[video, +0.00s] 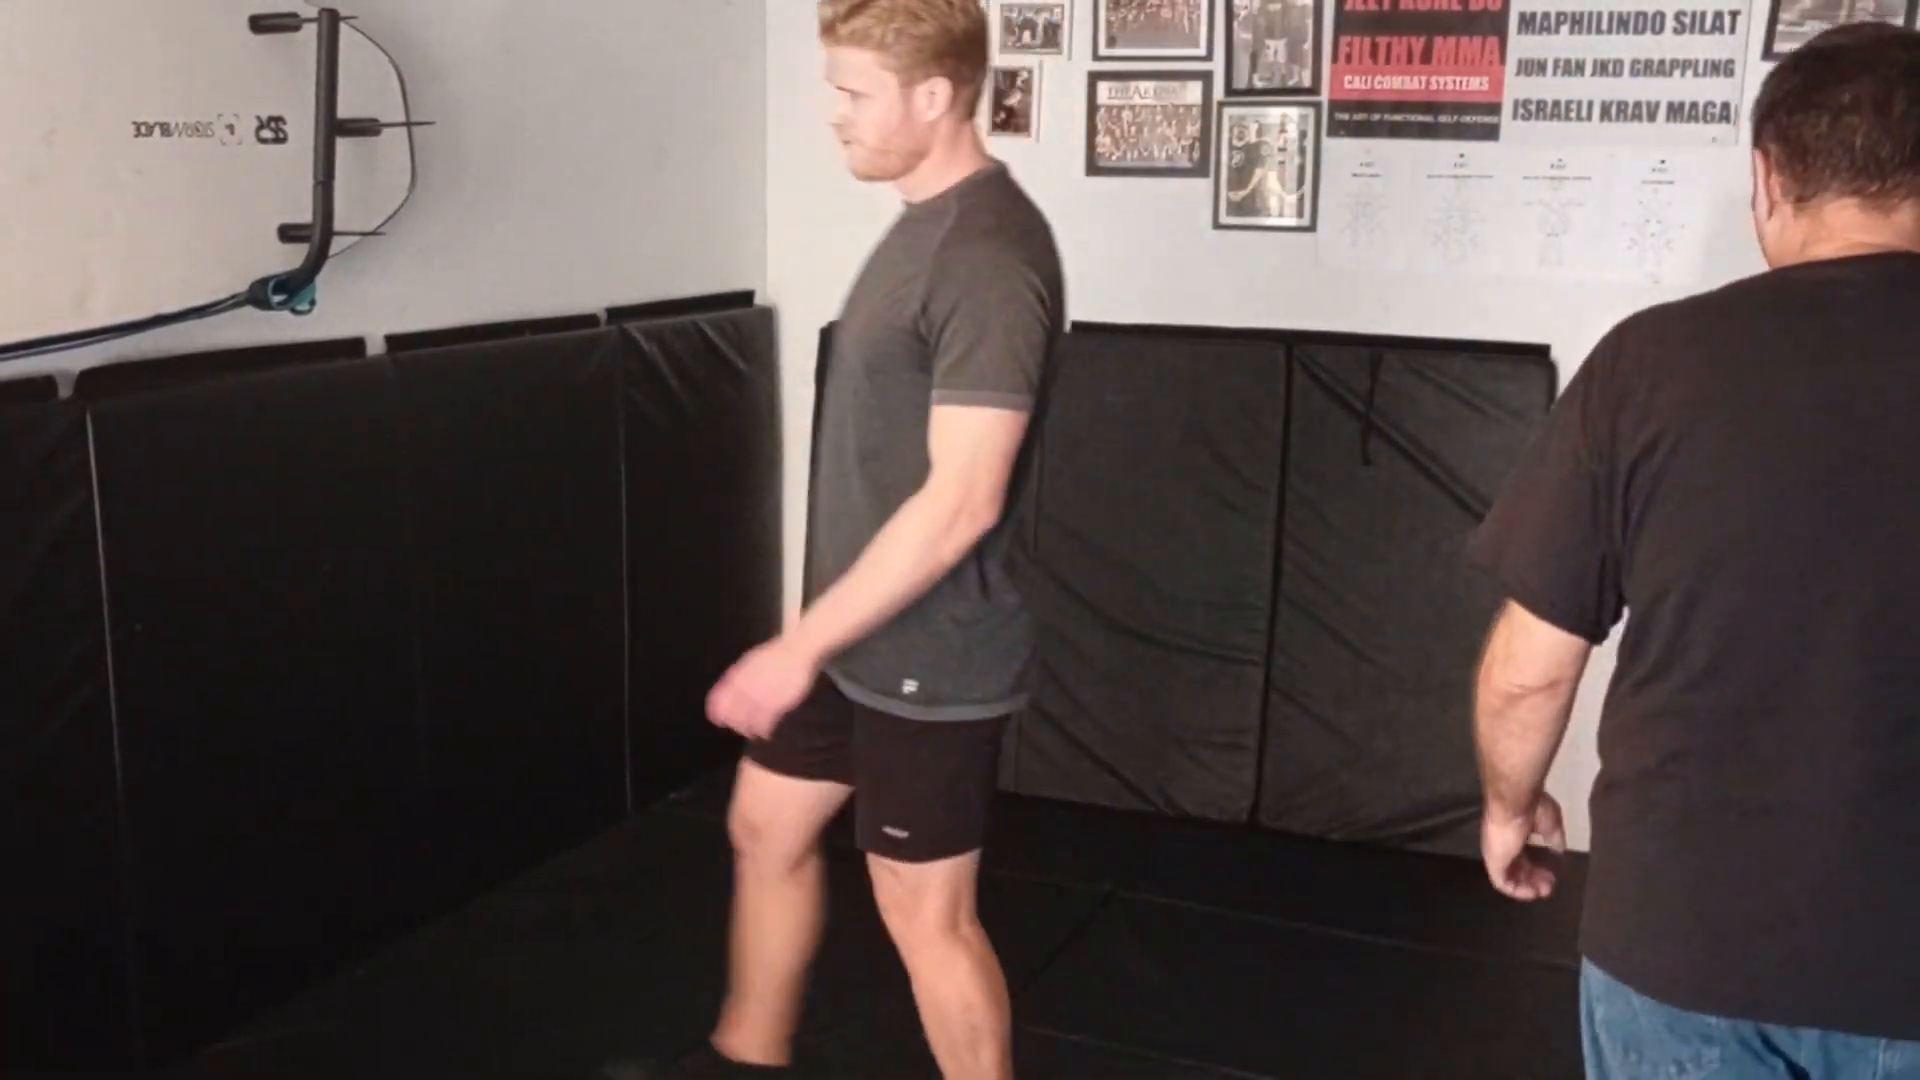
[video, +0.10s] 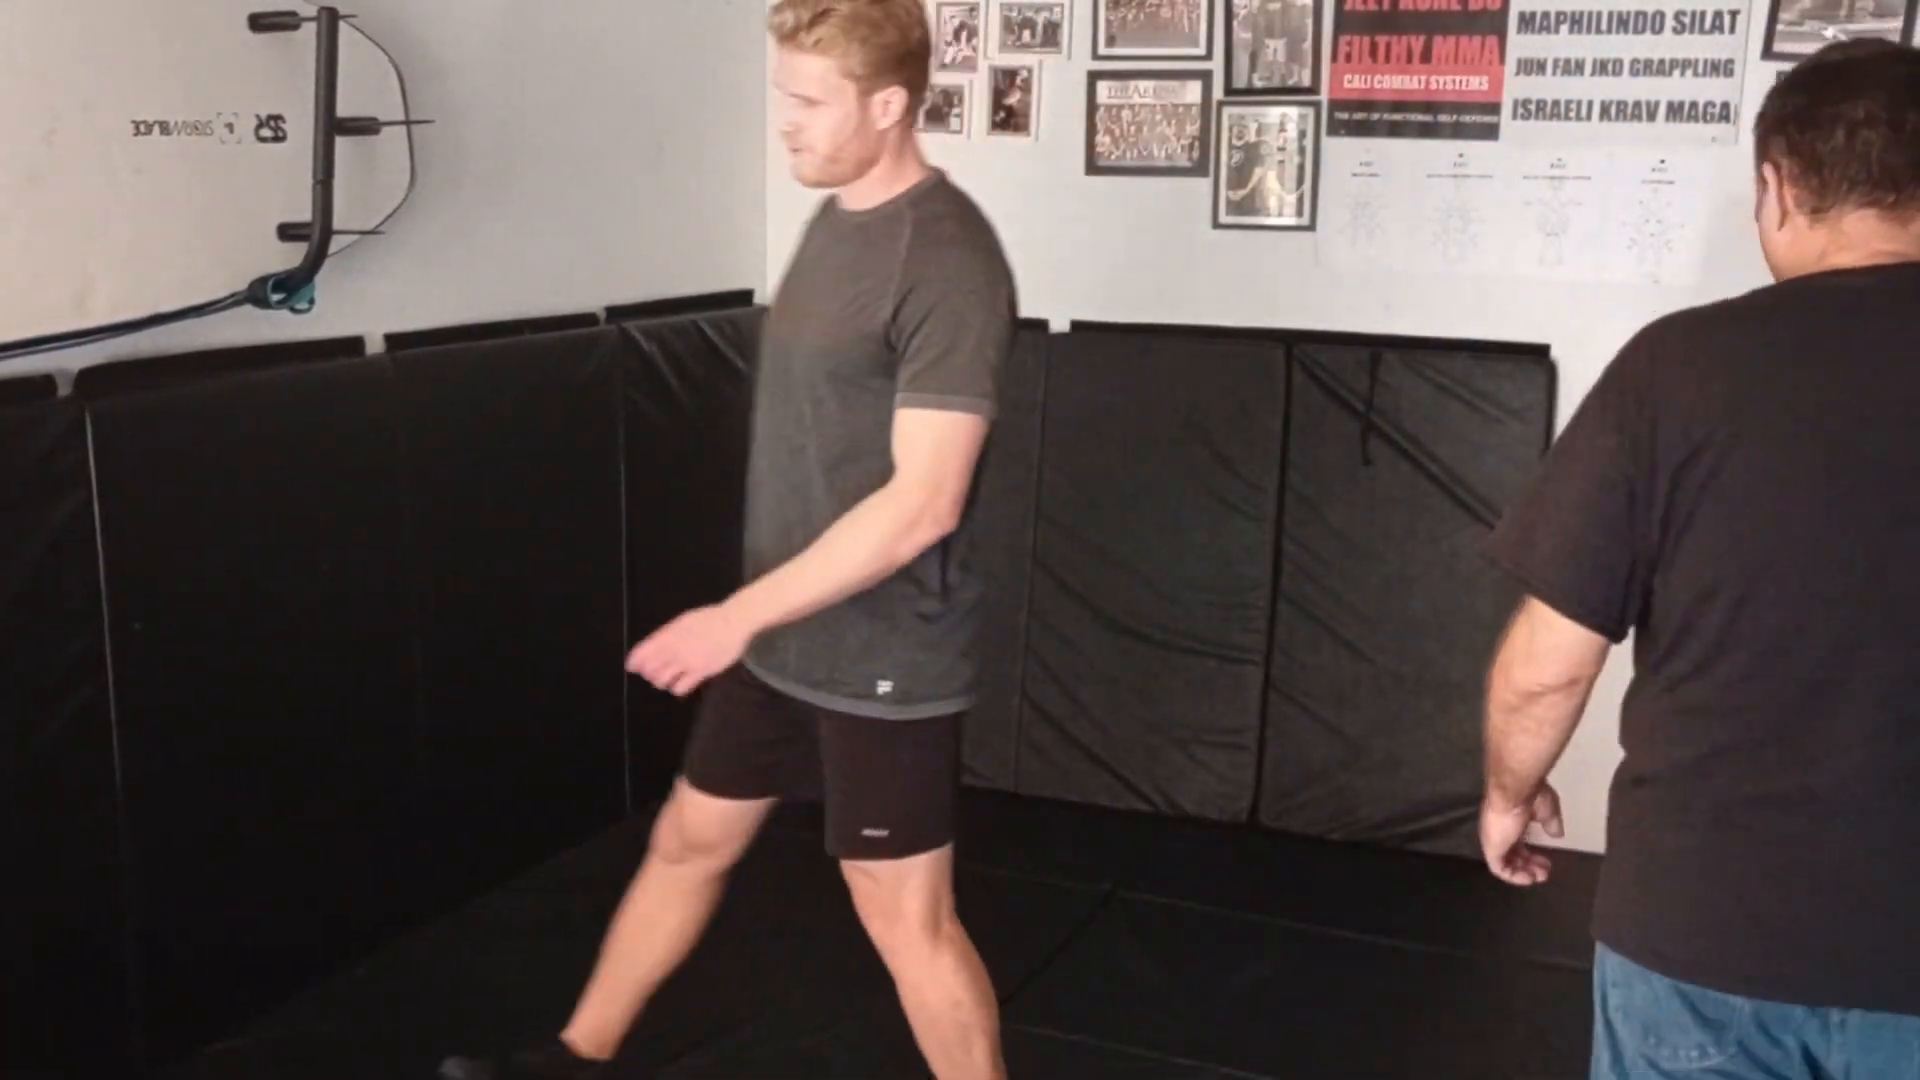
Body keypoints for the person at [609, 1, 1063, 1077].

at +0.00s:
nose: (835, 117)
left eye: (854, 95)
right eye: (834, 92)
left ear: (935, 100)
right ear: (928, 101)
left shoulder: (992, 256)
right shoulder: (926, 227)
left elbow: (966, 503)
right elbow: (902, 464)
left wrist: (799, 648)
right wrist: (830, 631)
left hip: (935, 668)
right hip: (852, 640)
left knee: (931, 918)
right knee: (766, 830)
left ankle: (983, 1074)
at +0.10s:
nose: (785, 124)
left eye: (808, 104)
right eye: (780, 97)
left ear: (889, 108)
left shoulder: (953, 264)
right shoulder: (840, 216)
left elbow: (927, 505)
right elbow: (823, 438)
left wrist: (737, 619)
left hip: (890, 663)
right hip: (780, 636)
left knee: (912, 921)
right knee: (690, 839)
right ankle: (580, 1052)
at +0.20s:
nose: (743, 136)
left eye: (772, 117)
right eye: (734, 109)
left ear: (841, 120)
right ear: (723, 100)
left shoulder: (899, 275)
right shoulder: (737, 232)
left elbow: (891, 510)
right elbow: (704, 429)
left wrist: (704, 629)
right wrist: (677, 584)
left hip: (835, 672)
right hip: (698, 641)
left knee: (880, 926)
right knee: (610, 870)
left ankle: (978, 1076)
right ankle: (550, 1071)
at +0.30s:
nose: (722, 160)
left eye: (750, 139)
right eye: (706, 130)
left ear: (791, 138)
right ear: (679, 119)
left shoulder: (834, 295)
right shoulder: (637, 239)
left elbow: (848, 521)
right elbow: (588, 410)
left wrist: (694, 678)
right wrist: (534, 593)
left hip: (775, 672)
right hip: (618, 655)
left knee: (842, 926)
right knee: (547, 892)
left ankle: (970, 1076)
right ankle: (529, 1075)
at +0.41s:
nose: (702, 157)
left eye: (726, 133)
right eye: (681, 126)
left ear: (748, 125)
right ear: (632, 106)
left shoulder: (787, 281)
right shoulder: (549, 233)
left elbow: (799, 496)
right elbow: (466, 403)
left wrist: (723, 663)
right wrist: (391, 577)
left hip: (728, 660)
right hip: (559, 646)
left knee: (790, 898)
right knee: (508, 881)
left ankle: (930, 1069)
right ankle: (519, 1076)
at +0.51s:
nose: (681, 139)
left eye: (699, 114)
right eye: (659, 110)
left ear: (716, 111)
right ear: (599, 93)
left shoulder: (748, 261)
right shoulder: (488, 222)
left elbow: (769, 455)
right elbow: (375, 381)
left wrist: (743, 625)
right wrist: (278, 549)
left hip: (688, 636)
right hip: (525, 631)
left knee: (739, 872)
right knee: (504, 872)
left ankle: (839, 1046)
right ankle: (520, 1076)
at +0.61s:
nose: (664, 123)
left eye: (679, 100)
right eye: (644, 97)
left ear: (690, 95)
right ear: (573, 81)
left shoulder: (715, 245)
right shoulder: (450, 217)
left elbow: (755, 439)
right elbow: (322, 377)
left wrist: (751, 617)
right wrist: (214, 540)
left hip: (672, 626)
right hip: (506, 628)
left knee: (706, 867)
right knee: (504, 872)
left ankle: (704, 1015)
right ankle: (521, 1075)